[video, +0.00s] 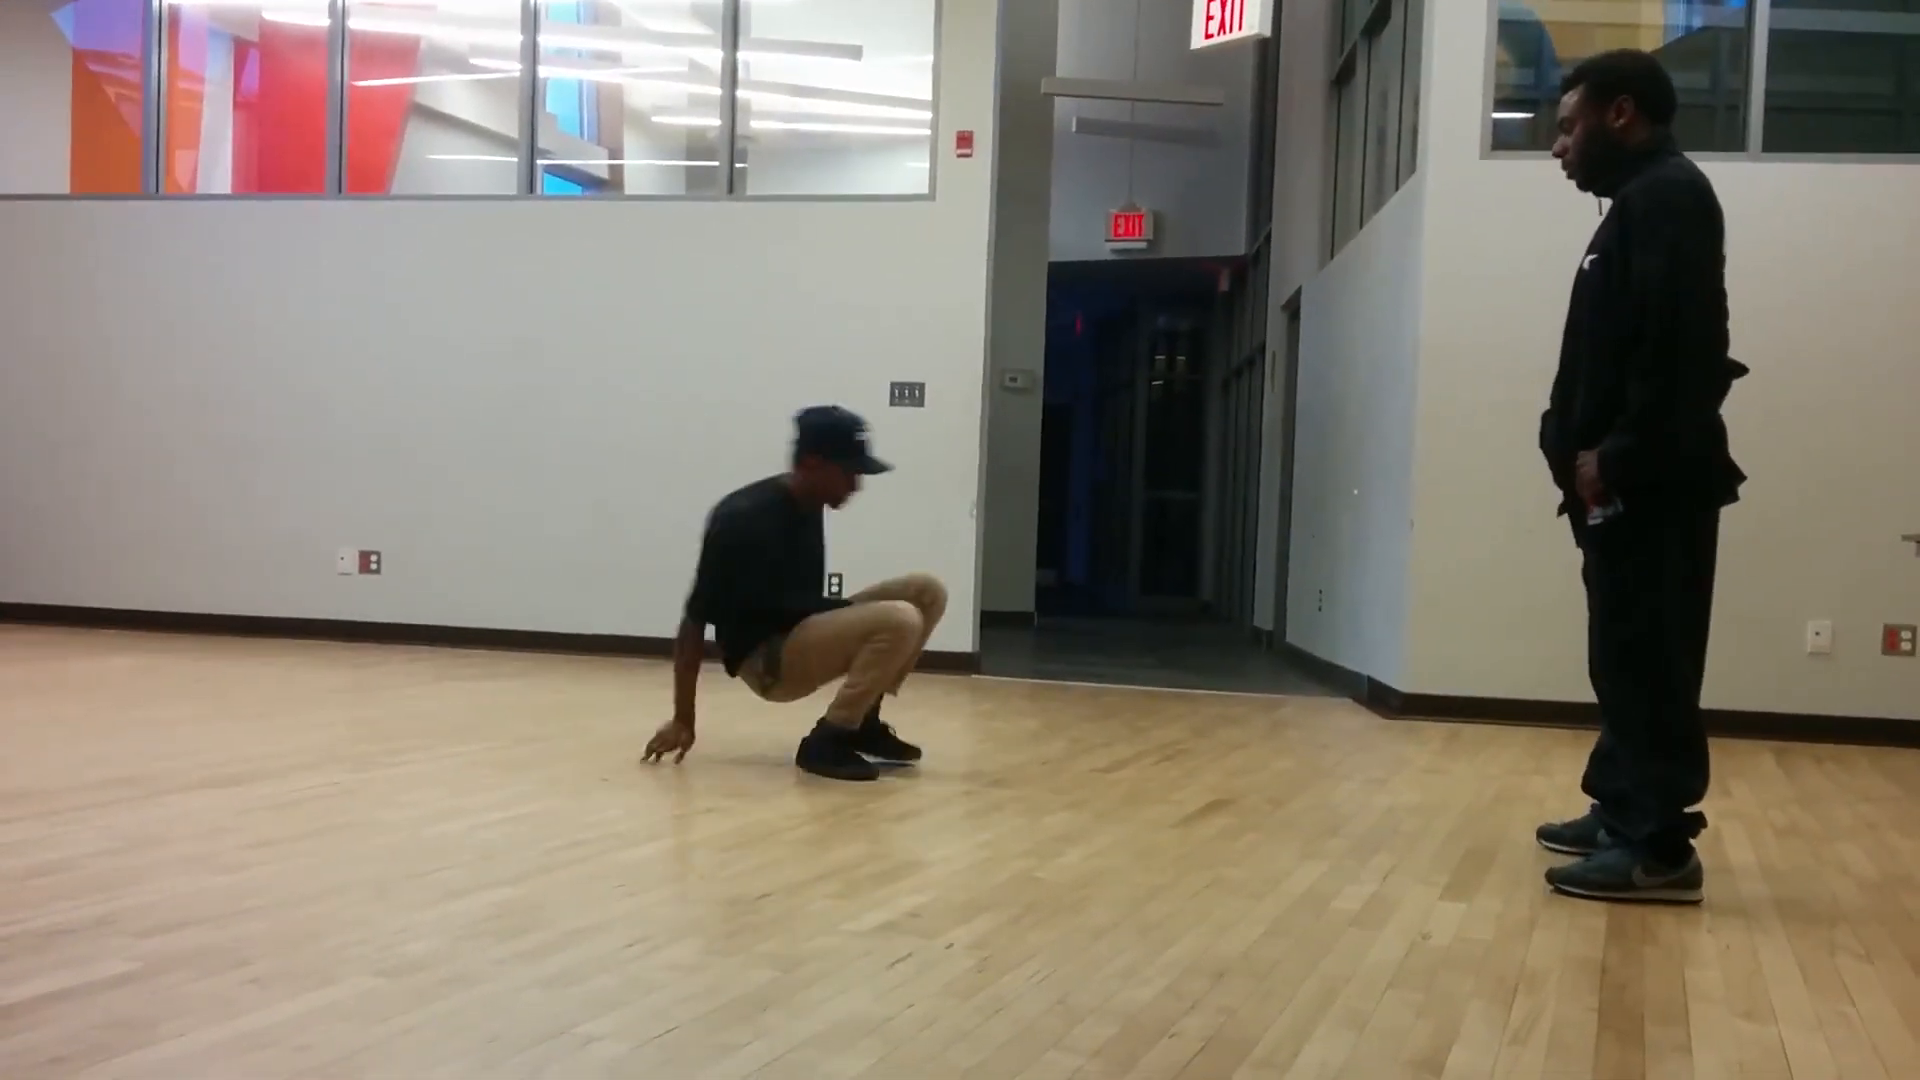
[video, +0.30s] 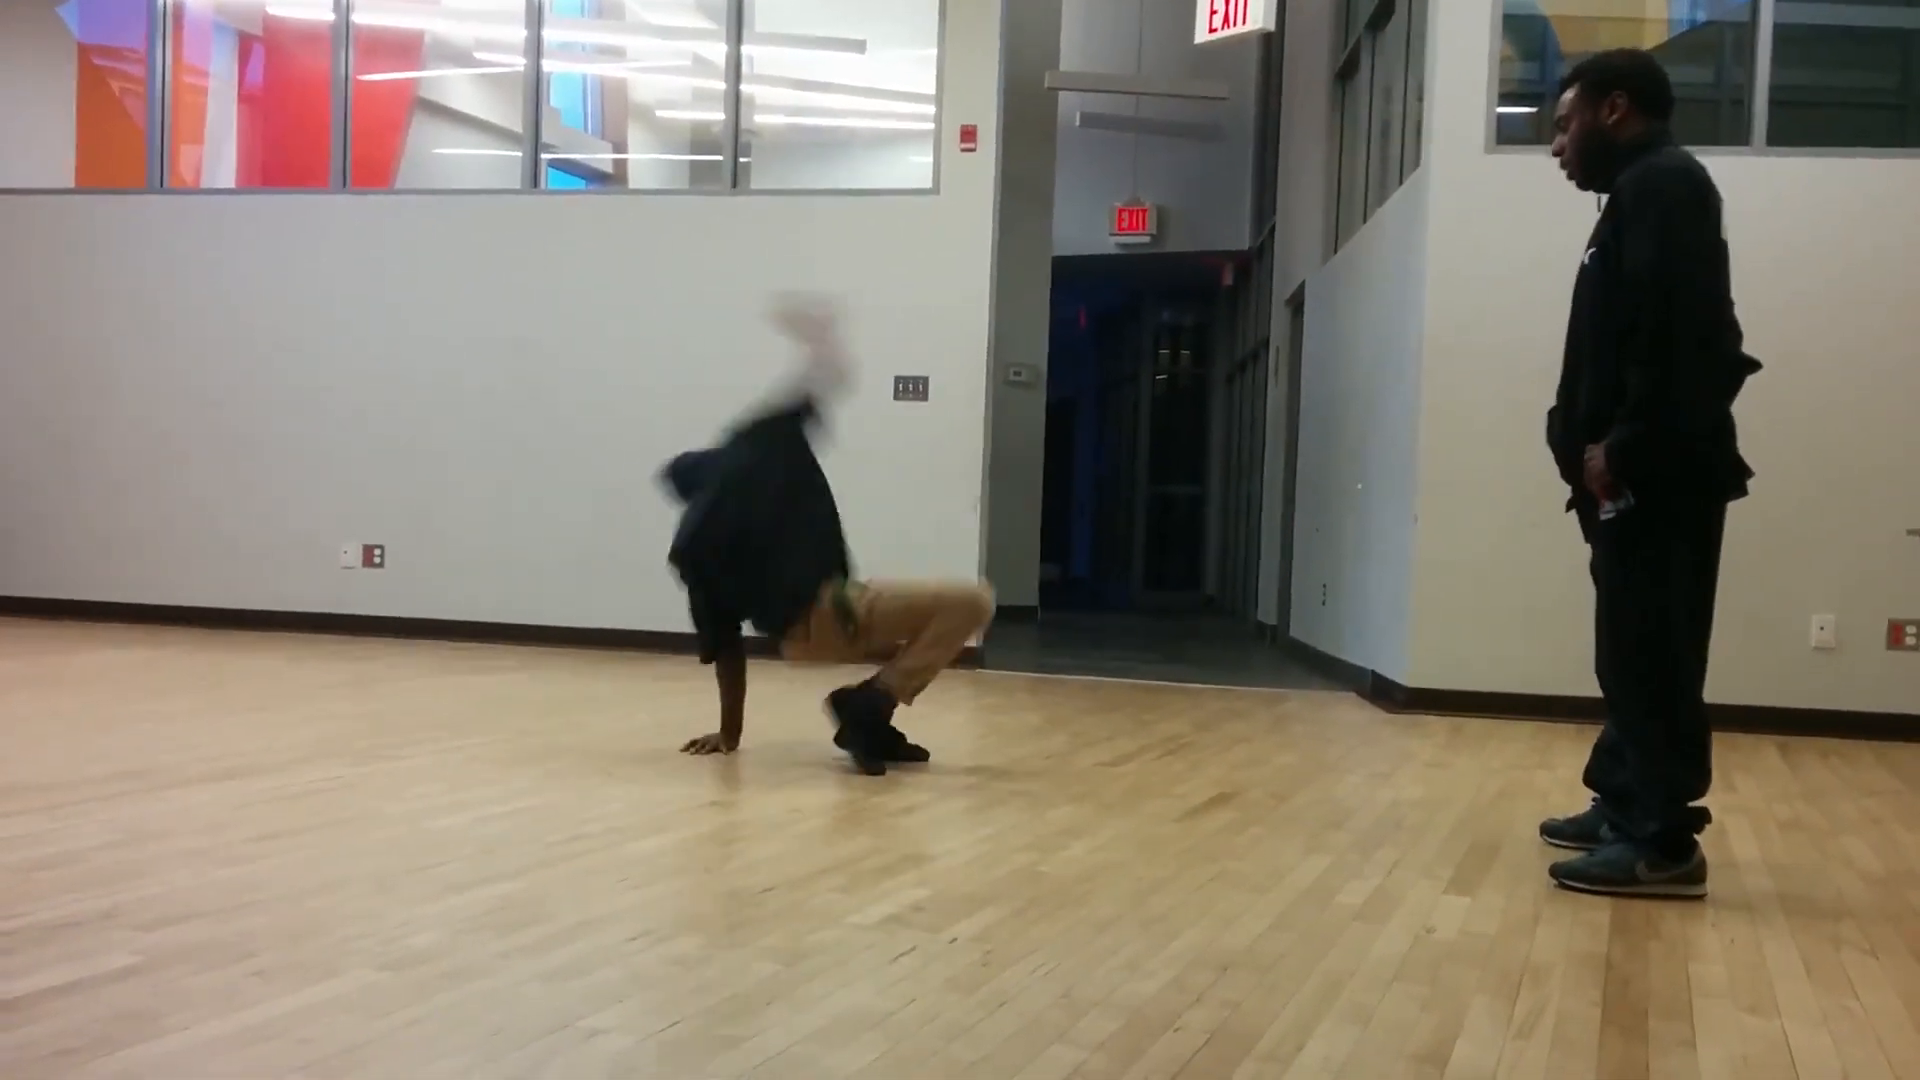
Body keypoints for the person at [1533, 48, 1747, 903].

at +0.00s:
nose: (1558, 147)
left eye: (1567, 125)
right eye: (1558, 127)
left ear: (1622, 116)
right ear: (1623, 119)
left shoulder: (1670, 197)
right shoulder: (1646, 197)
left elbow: (1674, 357)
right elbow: (1630, 349)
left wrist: (1606, 456)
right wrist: (1574, 441)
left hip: (1659, 482)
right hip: (1631, 480)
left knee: (1650, 656)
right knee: (1626, 651)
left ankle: (1657, 846)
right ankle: (1623, 814)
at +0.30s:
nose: (1556, 144)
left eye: (1565, 123)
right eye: (1555, 126)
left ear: (1616, 110)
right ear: (1620, 113)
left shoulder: (1665, 188)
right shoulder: (1649, 189)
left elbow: (1682, 350)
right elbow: (1641, 346)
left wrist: (1615, 449)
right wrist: (1588, 440)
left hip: (1665, 478)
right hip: (1641, 477)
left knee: (1655, 653)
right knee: (1631, 648)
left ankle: (1662, 841)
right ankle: (1624, 807)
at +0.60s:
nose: (1558, 132)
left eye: (1568, 113)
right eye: (1559, 115)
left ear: (1619, 108)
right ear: (1622, 111)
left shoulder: (1656, 183)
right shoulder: (1643, 184)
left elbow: (1675, 345)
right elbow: (1633, 338)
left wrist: (1612, 446)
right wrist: (1587, 437)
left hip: (1665, 469)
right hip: (1642, 468)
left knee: (1657, 642)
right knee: (1634, 638)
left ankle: (1662, 836)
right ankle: (1629, 802)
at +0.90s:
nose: (1551, 143)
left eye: (1562, 124)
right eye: (1551, 126)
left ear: (1612, 116)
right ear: (1615, 118)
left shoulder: (1651, 195)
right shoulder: (1637, 195)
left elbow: (1670, 346)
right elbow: (1635, 343)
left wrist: (1622, 455)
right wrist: (1596, 446)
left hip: (1670, 473)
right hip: (1642, 473)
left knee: (1663, 643)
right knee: (1638, 640)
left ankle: (1665, 833)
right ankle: (1632, 803)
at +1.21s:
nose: (1553, 152)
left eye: (1563, 132)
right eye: (1552, 134)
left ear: (1616, 122)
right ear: (1617, 125)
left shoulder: (1665, 203)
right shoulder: (1641, 203)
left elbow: (1694, 346)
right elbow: (1645, 347)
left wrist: (1635, 457)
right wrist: (1597, 448)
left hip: (1668, 482)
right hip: (1634, 481)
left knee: (1663, 649)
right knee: (1634, 646)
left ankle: (1667, 836)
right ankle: (1631, 806)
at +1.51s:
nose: (1564, 147)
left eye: (1573, 126)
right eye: (1561, 131)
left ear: (1630, 115)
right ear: (1630, 121)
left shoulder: (1680, 195)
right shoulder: (1654, 197)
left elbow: (1710, 342)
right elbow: (1665, 342)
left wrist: (1650, 454)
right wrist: (1613, 446)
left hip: (1682, 481)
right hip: (1647, 480)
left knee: (1672, 649)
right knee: (1642, 645)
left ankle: (1671, 837)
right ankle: (1636, 806)